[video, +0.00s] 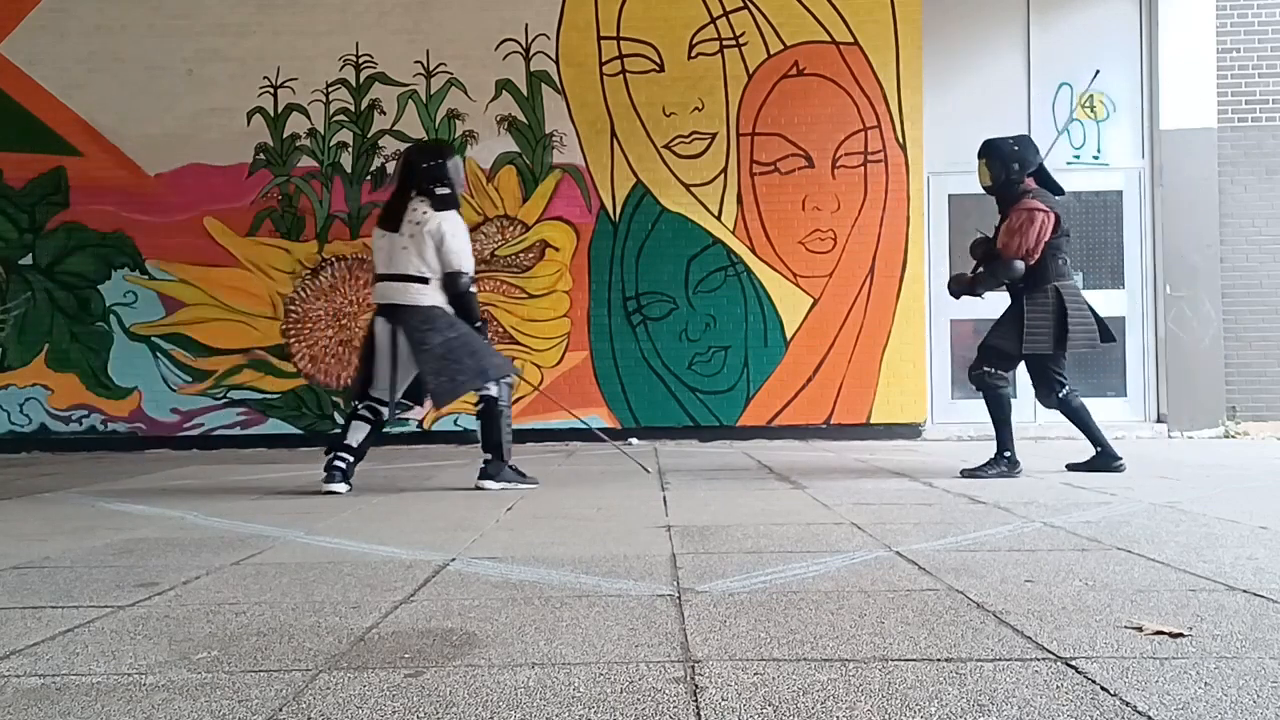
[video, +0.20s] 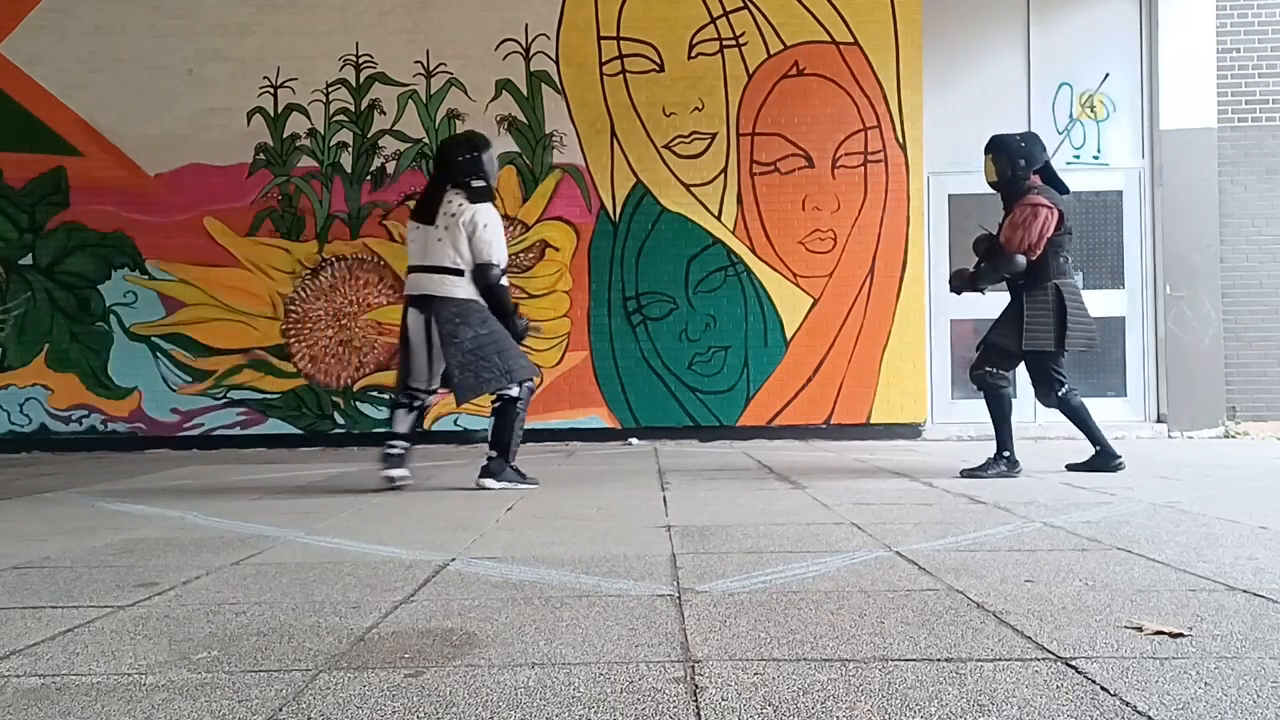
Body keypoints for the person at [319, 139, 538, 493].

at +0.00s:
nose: (458, 176)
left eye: (456, 169)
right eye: (453, 169)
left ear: (408, 175)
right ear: (440, 175)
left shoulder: (388, 216)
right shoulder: (444, 217)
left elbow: (384, 275)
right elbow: (457, 286)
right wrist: (478, 329)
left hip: (387, 313)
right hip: (428, 314)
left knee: (378, 396)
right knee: (496, 374)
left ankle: (339, 467)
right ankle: (497, 465)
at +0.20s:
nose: (495, 167)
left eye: (492, 159)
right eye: (490, 160)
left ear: (445, 166)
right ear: (474, 166)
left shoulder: (422, 205)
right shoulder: (479, 209)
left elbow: (418, 263)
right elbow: (488, 278)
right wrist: (512, 322)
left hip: (418, 305)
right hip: (461, 307)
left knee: (414, 384)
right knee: (519, 377)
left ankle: (395, 457)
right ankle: (500, 465)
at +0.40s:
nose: (519, 179)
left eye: (517, 170)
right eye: (514, 171)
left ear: (469, 175)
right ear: (499, 175)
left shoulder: (449, 212)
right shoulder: (499, 216)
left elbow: (460, 269)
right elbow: (515, 280)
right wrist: (556, 294)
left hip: (441, 310)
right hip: (483, 313)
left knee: (437, 393)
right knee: (555, 365)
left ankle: (409, 470)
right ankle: (563, 451)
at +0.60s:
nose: (570, 168)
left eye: (567, 161)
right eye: (563, 162)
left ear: (525, 170)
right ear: (551, 169)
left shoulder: (512, 206)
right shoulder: (558, 208)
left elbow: (548, 253)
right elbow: (604, 254)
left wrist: (599, 263)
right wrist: (646, 248)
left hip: (501, 307)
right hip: (544, 310)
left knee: (469, 389)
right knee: (600, 377)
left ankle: (421, 462)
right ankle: (630, 459)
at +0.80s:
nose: (632, 177)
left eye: (630, 170)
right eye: (627, 170)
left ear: (584, 169)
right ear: (615, 170)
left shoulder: (563, 207)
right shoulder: (621, 207)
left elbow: (563, 261)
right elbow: (639, 268)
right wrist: (663, 299)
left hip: (566, 295)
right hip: (610, 295)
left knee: (568, 384)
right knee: (676, 356)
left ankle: (543, 463)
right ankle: (655, 439)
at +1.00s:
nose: (693, 194)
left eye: (689, 188)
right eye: (689, 188)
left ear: (649, 193)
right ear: (679, 191)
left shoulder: (634, 229)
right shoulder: (688, 224)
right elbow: (732, 256)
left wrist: (751, 249)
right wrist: (774, 246)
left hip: (641, 332)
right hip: (685, 333)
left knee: (604, 402)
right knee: (753, 379)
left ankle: (548, 463)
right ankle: (789, 456)